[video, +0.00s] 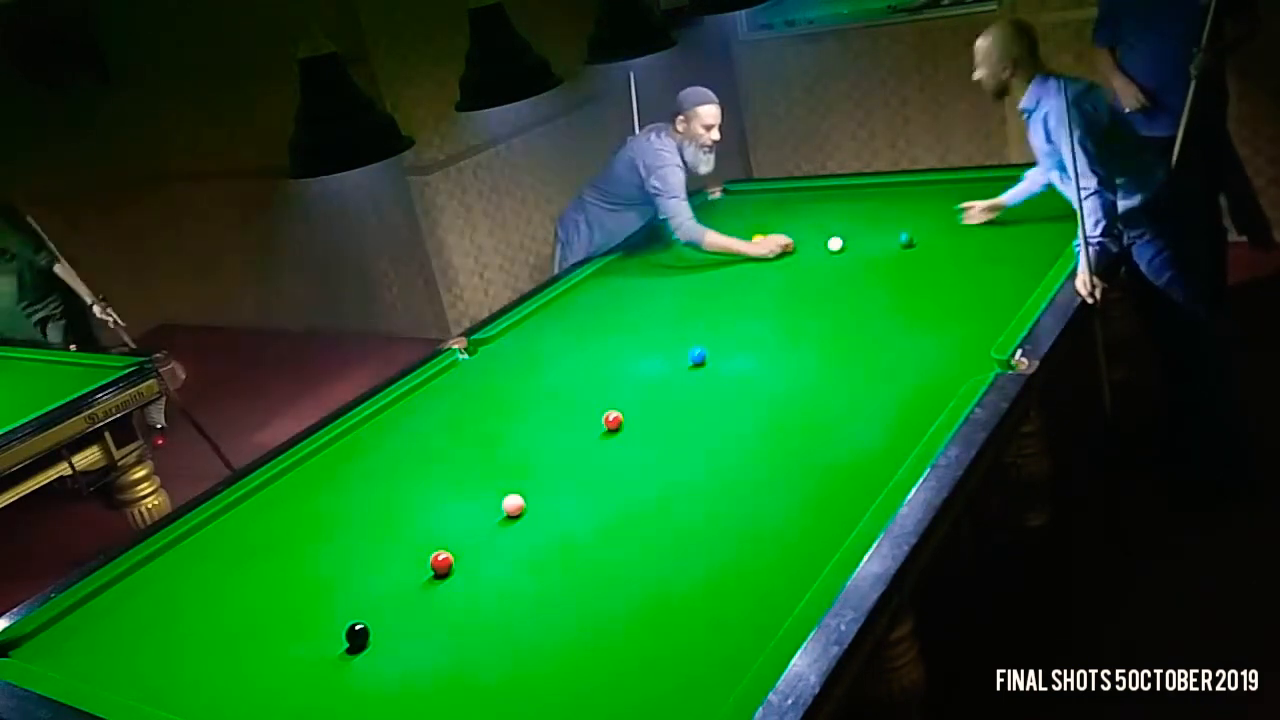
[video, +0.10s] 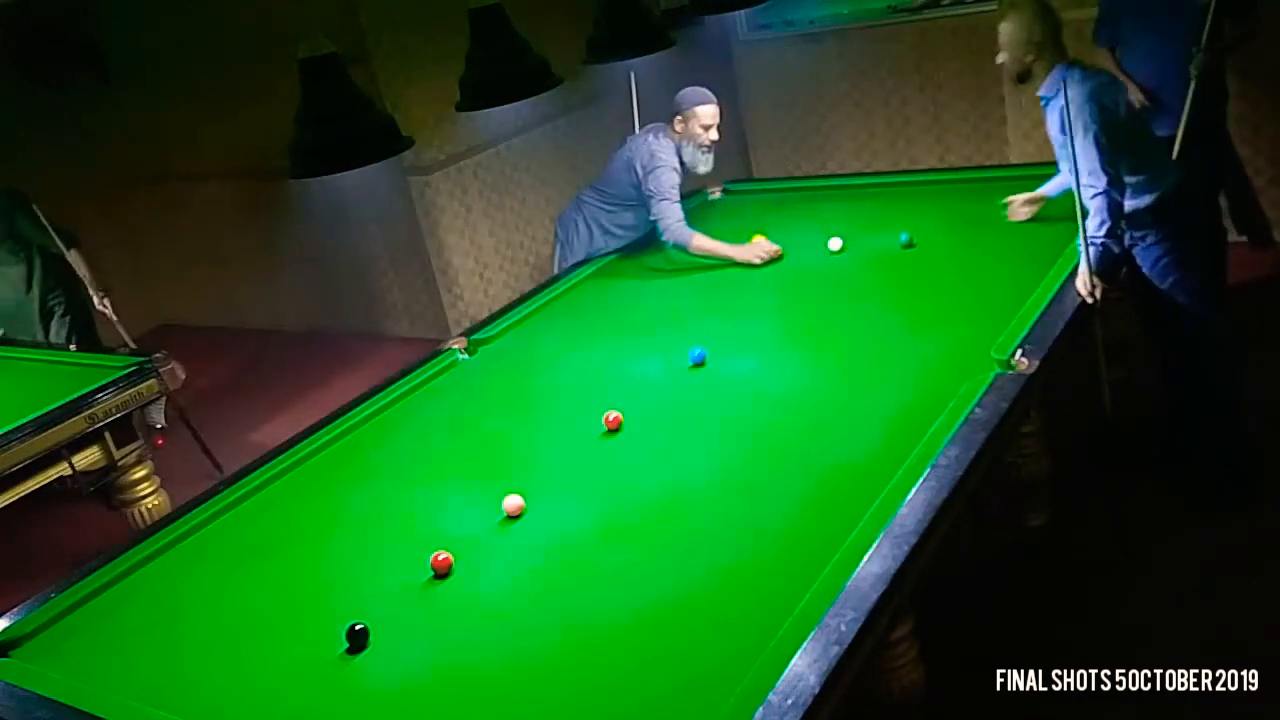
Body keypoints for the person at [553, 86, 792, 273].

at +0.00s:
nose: (715, 137)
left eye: (718, 128)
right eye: (706, 129)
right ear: (680, 124)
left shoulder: (672, 139)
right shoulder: (660, 157)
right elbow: (684, 230)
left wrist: (705, 185)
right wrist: (752, 248)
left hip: (623, 231)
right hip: (588, 237)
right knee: (578, 317)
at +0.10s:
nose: (714, 137)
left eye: (716, 128)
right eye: (705, 129)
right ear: (678, 125)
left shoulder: (662, 135)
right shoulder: (660, 160)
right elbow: (673, 231)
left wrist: (699, 191)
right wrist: (739, 252)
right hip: (587, 237)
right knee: (578, 316)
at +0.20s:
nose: (713, 137)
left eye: (715, 128)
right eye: (704, 129)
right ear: (677, 125)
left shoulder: (662, 136)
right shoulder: (658, 159)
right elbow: (674, 231)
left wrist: (699, 193)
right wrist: (740, 252)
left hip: (620, 230)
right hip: (587, 237)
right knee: (578, 316)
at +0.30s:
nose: (713, 138)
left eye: (715, 128)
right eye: (704, 129)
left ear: (679, 125)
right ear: (678, 126)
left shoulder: (664, 137)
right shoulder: (659, 161)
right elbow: (684, 231)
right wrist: (751, 249)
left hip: (618, 230)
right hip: (587, 237)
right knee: (578, 316)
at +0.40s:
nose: (715, 139)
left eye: (717, 130)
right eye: (707, 130)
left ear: (683, 126)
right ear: (679, 127)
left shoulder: (671, 138)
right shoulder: (658, 160)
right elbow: (698, 229)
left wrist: (698, 186)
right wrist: (762, 245)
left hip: (623, 230)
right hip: (587, 236)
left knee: (613, 310)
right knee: (577, 317)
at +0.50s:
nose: (716, 141)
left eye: (718, 131)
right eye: (708, 132)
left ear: (683, 129)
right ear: (680, 130)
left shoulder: (670, 136)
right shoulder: (661, 163)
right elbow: (709, 226)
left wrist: (701, 185)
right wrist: (778, 242)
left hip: (625, 232)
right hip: (586, 239)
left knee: (614, 311)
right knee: (577, 318)